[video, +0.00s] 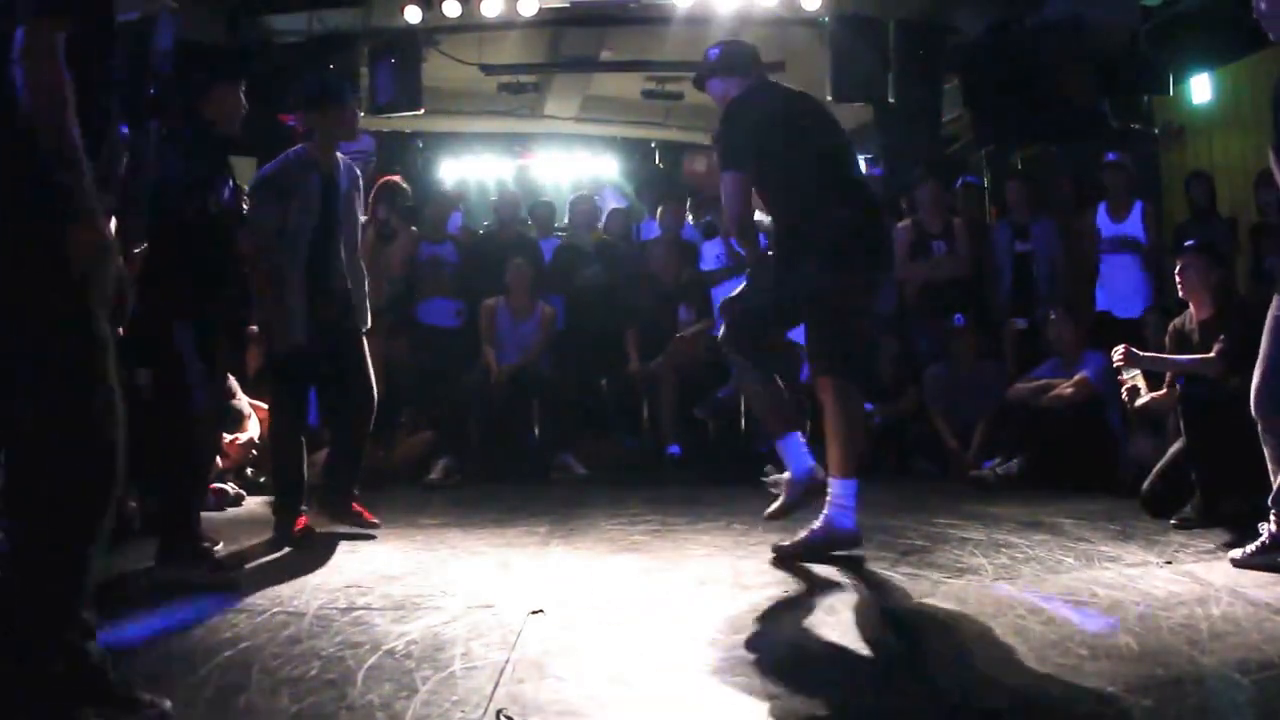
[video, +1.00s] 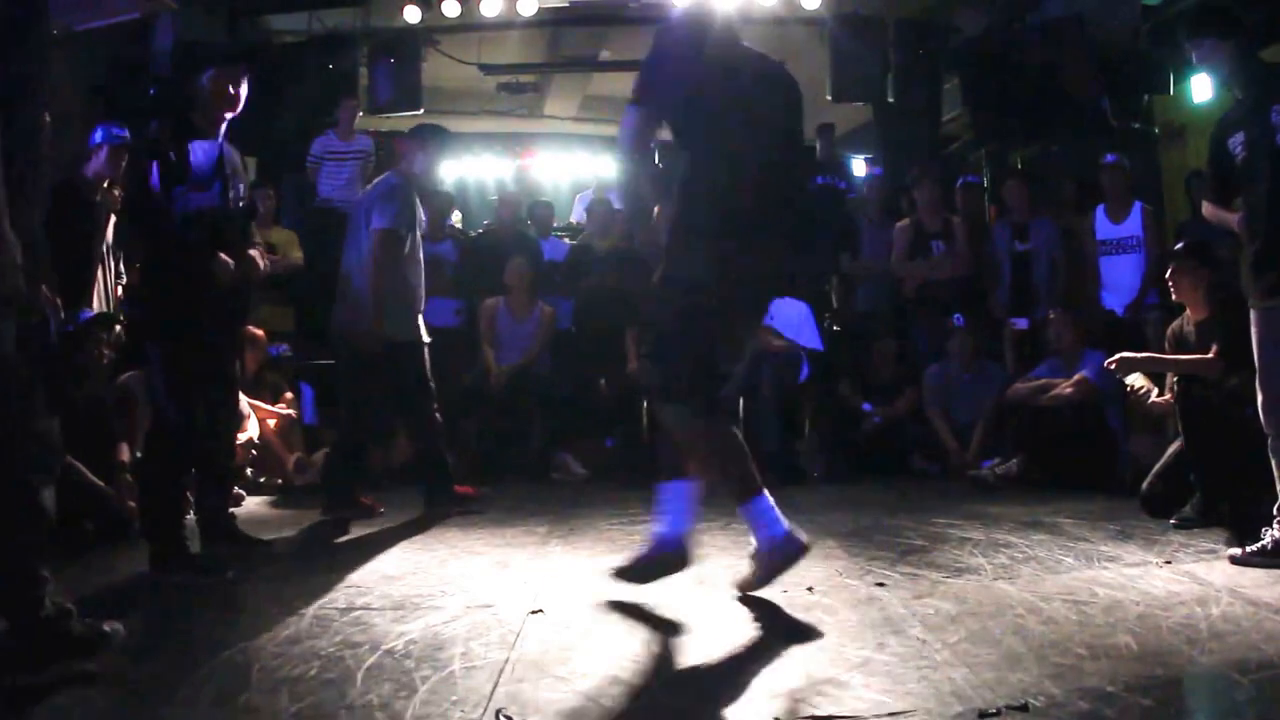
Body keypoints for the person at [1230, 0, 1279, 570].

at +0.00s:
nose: (1258, 15)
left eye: (1260, 9)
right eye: (1257, 10)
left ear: (1271, 10)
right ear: (1265, 14)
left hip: (1278, 283)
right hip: (1276, 283)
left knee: (1265, 399)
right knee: (1263, 398)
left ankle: (1277, 521)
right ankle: (1275, 520)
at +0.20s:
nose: (1246, 23)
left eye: (1250, 13)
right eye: (1245, 14)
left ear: (1269, 13)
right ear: (1259, 17)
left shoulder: (1275, 90)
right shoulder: (1272, 88)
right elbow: (1268, 192)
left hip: (1278, 281)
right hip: (1273, 280)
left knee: (1273, 398)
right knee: (1271, 398)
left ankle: (1279, 525)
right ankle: (1276, 524)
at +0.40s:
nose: (1227, 29)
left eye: (1231, 16)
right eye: (1225, 19)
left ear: (1259, 14)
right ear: (1248, 21)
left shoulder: (1271, 103)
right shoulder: (1265, 102)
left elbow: (1264, 191)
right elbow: (1260, 187)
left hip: (1276, 278)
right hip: (1269, 276)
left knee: (1274, 403)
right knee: (1271, 402)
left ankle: (1279, 525)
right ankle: (1276, 522)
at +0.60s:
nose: (1213, 43)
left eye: (1220, 31)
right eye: (1209, 33)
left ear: (1249, 34)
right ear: (1232, 42)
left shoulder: (1264, 109)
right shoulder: (1248, 111)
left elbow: (1247, 191)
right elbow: (1238, 185)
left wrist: (1249, 208)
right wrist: (1251, 210)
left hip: (1271, 275)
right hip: (1261, 274)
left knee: (1271, 405)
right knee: (1267, 404)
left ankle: (1279, 528)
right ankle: (1276, 524)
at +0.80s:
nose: (1205, 60)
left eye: (1210, 49)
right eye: (1202, 50)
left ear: (1234, 45)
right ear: (1225, 51)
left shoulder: (1257, 113)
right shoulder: (1236, 115)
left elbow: (1249, 202)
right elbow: (1215, 192)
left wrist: (1226, 207)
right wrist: (1235, 213)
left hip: (1269, 273)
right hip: (1253, 272)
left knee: (1270, 393)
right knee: (1262, 392)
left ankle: (1278, 523)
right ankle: (1273, 518)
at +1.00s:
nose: (1200, 63)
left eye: (1206, 50)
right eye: (1196, 53)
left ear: (1234, 46)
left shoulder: (1260, 113)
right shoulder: (1229, 123)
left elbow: (1231, 206)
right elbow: (1208, 203)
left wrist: (1227, 212)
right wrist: (1234, 216)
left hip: (1270, 283)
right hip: (1259, 283)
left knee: (1271, 404)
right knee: (1268, 404)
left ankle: (1279, 526)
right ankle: (1276, 522)